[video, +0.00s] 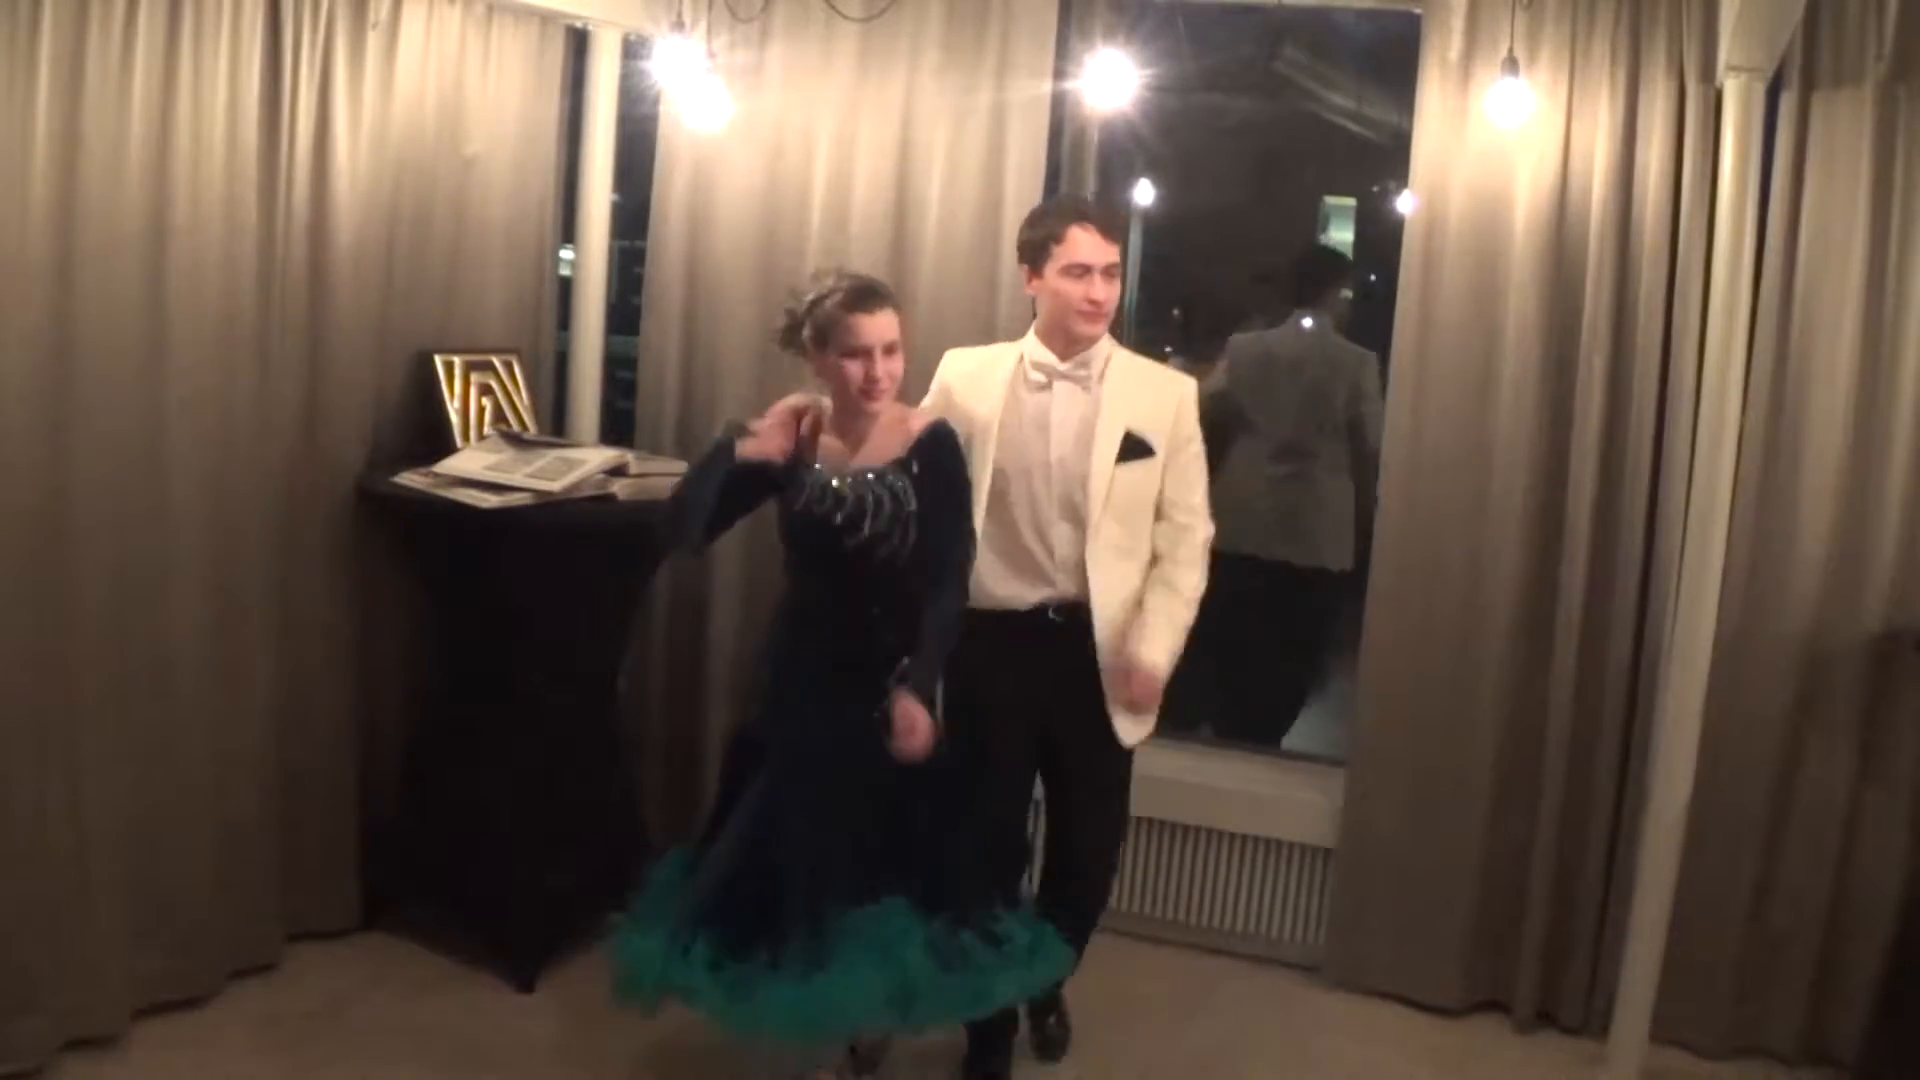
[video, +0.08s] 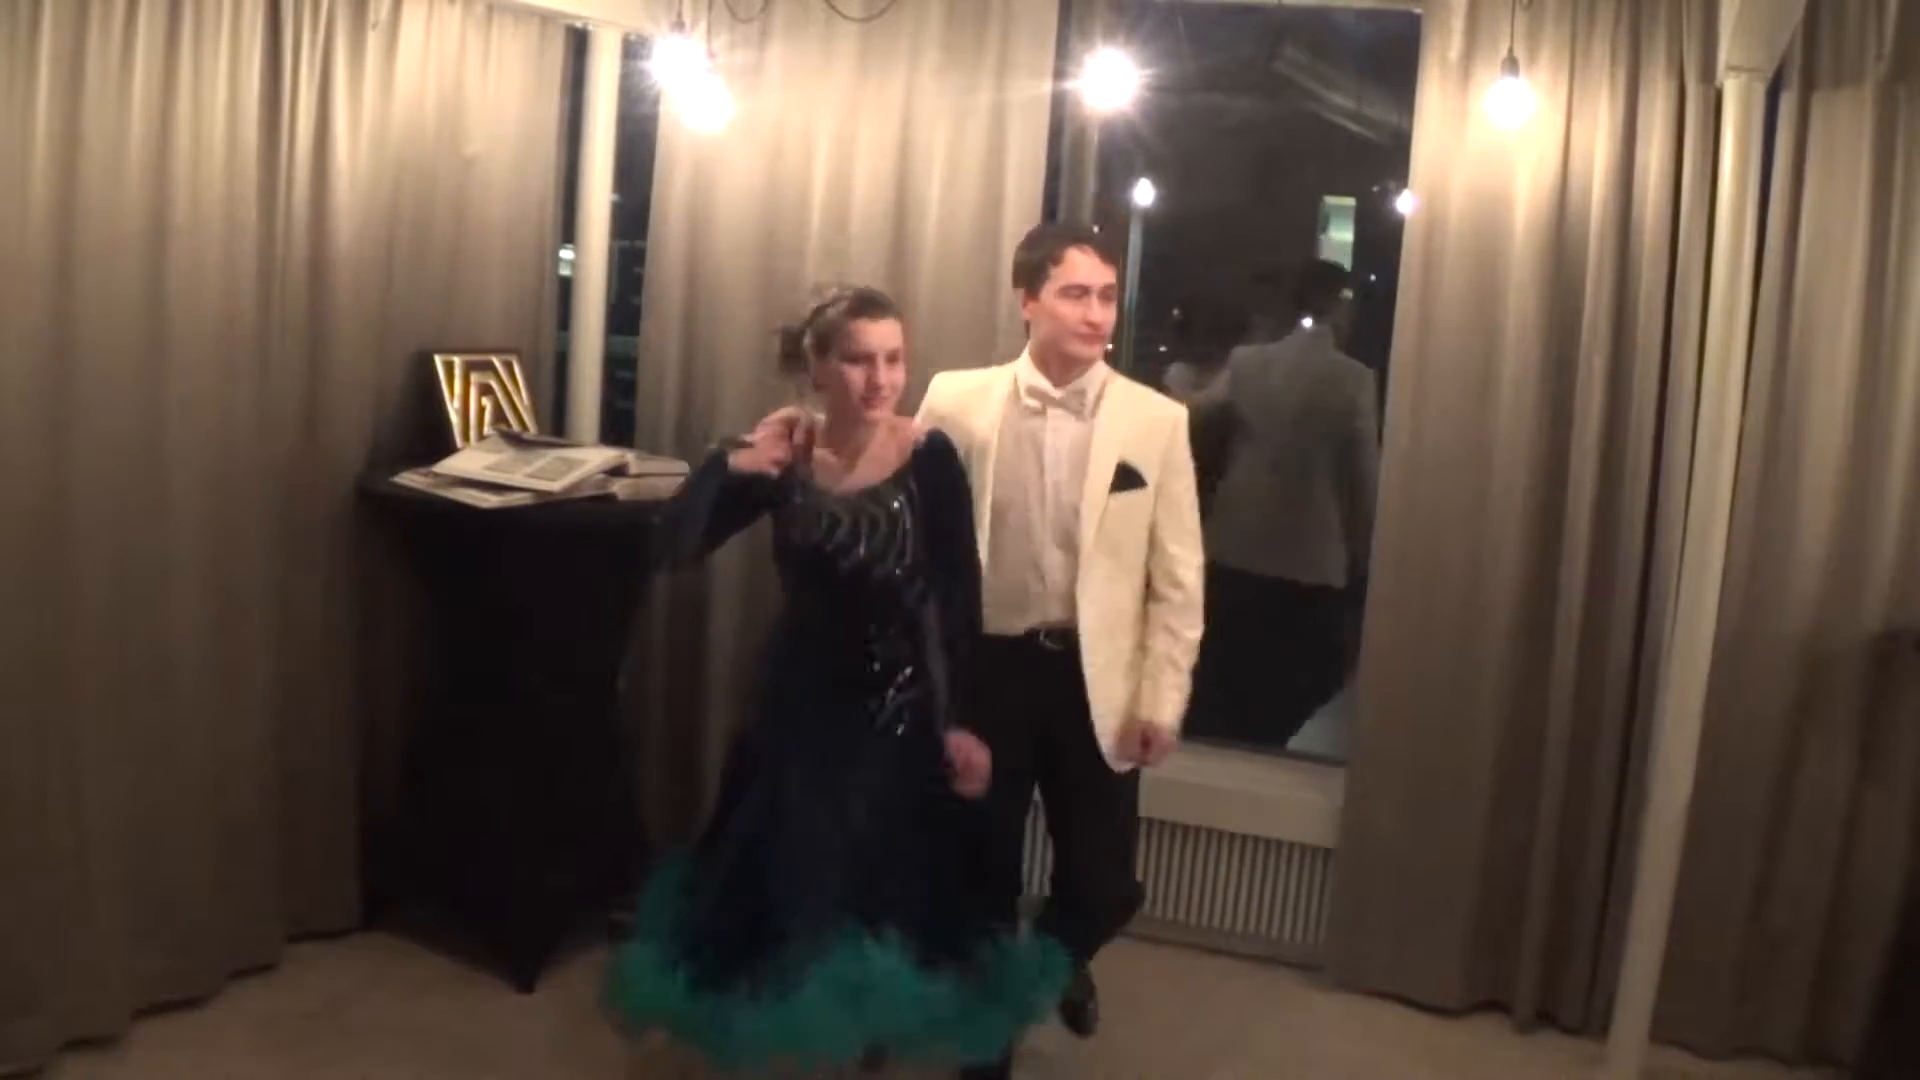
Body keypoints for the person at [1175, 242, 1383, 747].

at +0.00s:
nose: (1347, 301)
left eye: (1345, 291)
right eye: (1345, 292)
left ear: (1293, 289)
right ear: (1335, 295)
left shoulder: (1245, 350)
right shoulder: (1357, 365)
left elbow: (1208, 419)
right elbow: (1370, 452)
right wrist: (1371, 509)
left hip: (1240, 522)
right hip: (1319, 536)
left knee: (1233, 651)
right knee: (1296, 663)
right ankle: (1248, 763)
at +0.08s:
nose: (1351, 314)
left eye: (1349, 305)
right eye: (1348, 305)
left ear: (1299, 307)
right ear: (1336, 308)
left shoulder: (1247, 362)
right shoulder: (1354, 381)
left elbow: (1198, 416)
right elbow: (1363, 479)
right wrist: (1364, 554)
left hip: (1233, 543)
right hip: (1311, 555)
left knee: (1225, 674)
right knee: (1320, 668)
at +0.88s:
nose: (1390, 322)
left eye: (1388, 310)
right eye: (1383, 310)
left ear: (1327, 306)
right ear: (1362, 310)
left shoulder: (1277, 352)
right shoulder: (1365, 382)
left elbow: (1233, 398)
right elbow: (1372, 469)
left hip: (1261, 518)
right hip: (1331, 532)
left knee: (1274, 650)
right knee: (1332, 658)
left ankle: (1263, 743)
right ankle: (1291, 733)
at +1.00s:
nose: (1387, 332)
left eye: (1385, 321)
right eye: (1381, 321)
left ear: (1326, 319)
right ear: (1362, 323)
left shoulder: (1282, 359)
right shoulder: (1355, 382)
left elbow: (1238, 401)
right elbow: (1358, 469)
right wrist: (1394, 502)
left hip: (1263, 535)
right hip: (1332, 554)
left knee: (1271, 681)